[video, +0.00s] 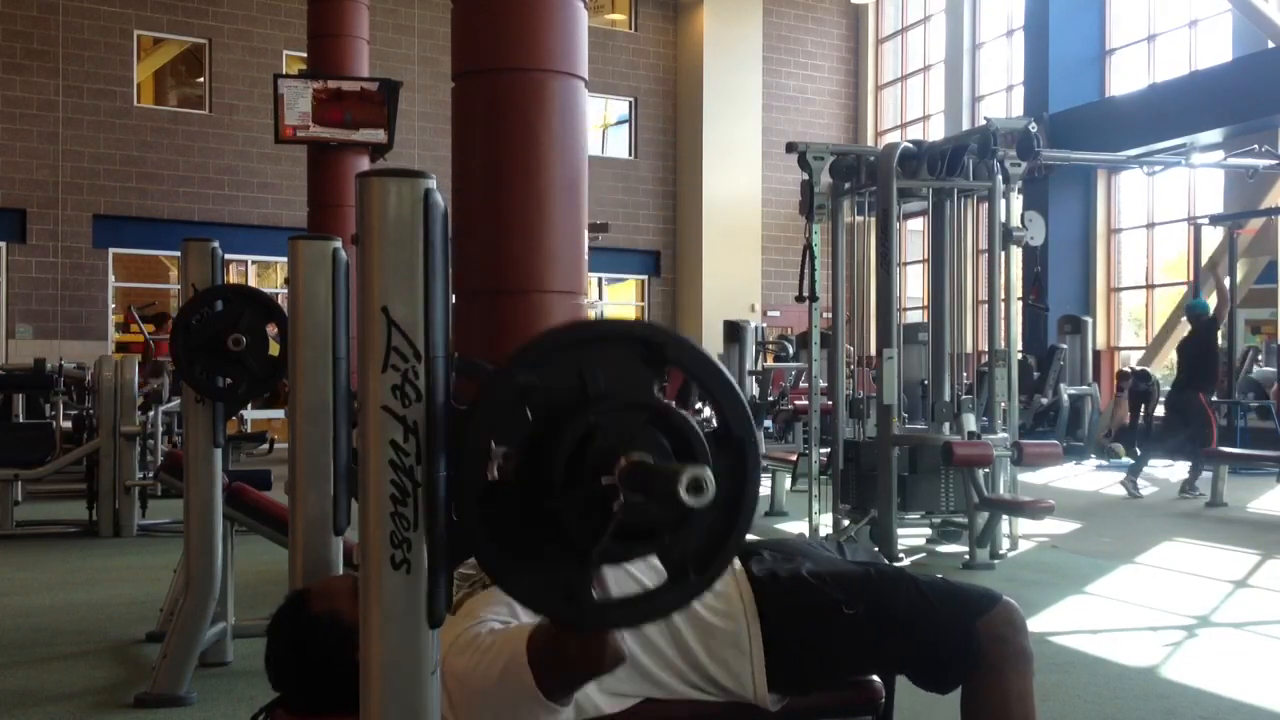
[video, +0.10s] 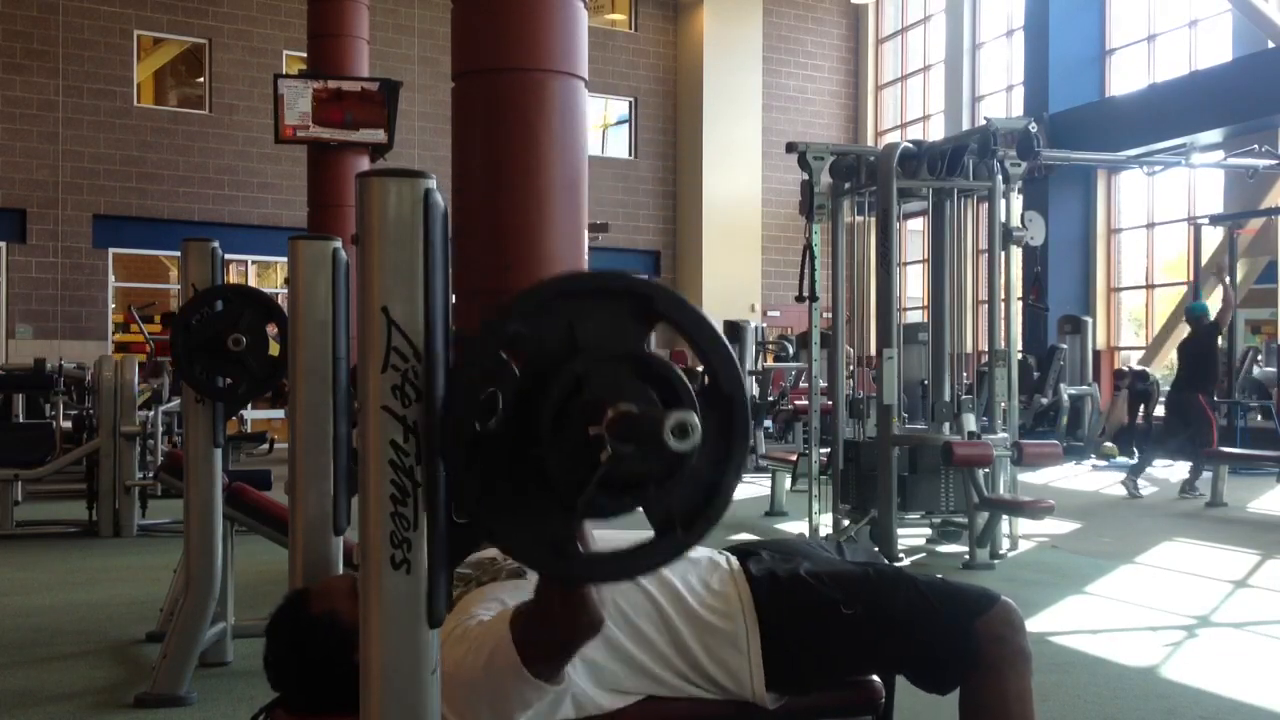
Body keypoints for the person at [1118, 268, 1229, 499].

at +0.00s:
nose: (1210, 314)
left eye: (1200, 312)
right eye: (1207, 312)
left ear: (1189, 318)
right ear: (1206, 314)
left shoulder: (1184, 343)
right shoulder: (1209, 329)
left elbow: (1182, 372)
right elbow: (1224, 301)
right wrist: (1217, 275)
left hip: (1176, 394)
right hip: (1195, 395)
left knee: (1163, 437)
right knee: (1208, 438)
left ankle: (1132, 476)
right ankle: (1190, 484)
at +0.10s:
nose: (1209, 317)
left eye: (1204, 313)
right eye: (1207, 313)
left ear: (1188, 319)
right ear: (1205, 316)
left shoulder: (1184, 343)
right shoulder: (1209, 332)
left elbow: (1183, 372)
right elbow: (1228, 304)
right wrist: (1223, 278)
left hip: (1176, 394)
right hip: (1196, 395)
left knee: (1166, 437)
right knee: (1208, 439)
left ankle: (1132, 476)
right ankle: (1190, 484)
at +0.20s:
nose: (1207, 305)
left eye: (1205, 302)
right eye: (1204, 302)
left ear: (1186, 306)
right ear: (1201, 304)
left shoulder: (1183, 327)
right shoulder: (1209, 319)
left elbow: (1203, 353)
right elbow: (1238, 310)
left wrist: (1222, 370)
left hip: (1173, 381)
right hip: (1191, 383)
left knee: (1171, 429)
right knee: (1193, 432)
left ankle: (1145, 468)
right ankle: (1189, 481)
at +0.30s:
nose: (1206, 298)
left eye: (1204, 296)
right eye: (1205, 295)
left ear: (1185, 298)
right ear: (1201, 295)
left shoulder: (1180, 316)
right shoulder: (1209, 312)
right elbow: (1242, 324)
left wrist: (1227, 318)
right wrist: (1266, 332)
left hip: (1172, 373)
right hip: (1189, 376)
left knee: (1174, 419)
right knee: (1185, 421)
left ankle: (1170, 471)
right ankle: (1170, 472)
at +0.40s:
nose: (1205, 303)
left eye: (1203, 300)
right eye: (1204, 300)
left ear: (1185, 301)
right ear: (1201, 301)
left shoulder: (1180, 318)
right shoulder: (1211, 322)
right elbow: (1232, 349)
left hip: (1174, 376)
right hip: (1190, 379)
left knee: (1185, 426)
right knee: (1182, 425)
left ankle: (1183, 476)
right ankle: (1152, 467)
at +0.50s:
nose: (1209, 317)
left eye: (1208, 314)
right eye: (1207, 314)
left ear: (1188, 316)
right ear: (1204, 316)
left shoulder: (1182, 331)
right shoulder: (1213, 340)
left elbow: (1184, 316)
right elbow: (1217, 373)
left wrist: (1190, 297)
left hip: (1177, 388)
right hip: (1190, 391)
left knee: (1196, 438)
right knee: (1176, 435)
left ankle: (1182, 481)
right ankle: (1142, 473)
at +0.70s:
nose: (1206, 308)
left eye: (1205, 305)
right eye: (1205, 305)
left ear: (1186, 308)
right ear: (1201, 306)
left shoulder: (1179, 326)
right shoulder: (1211, 328)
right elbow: (1231, 353)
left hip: (1178, 380)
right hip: (1192, 382)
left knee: (1190, 432)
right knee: (1184, 428)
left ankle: (1181, 479)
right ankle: (1149, 468)